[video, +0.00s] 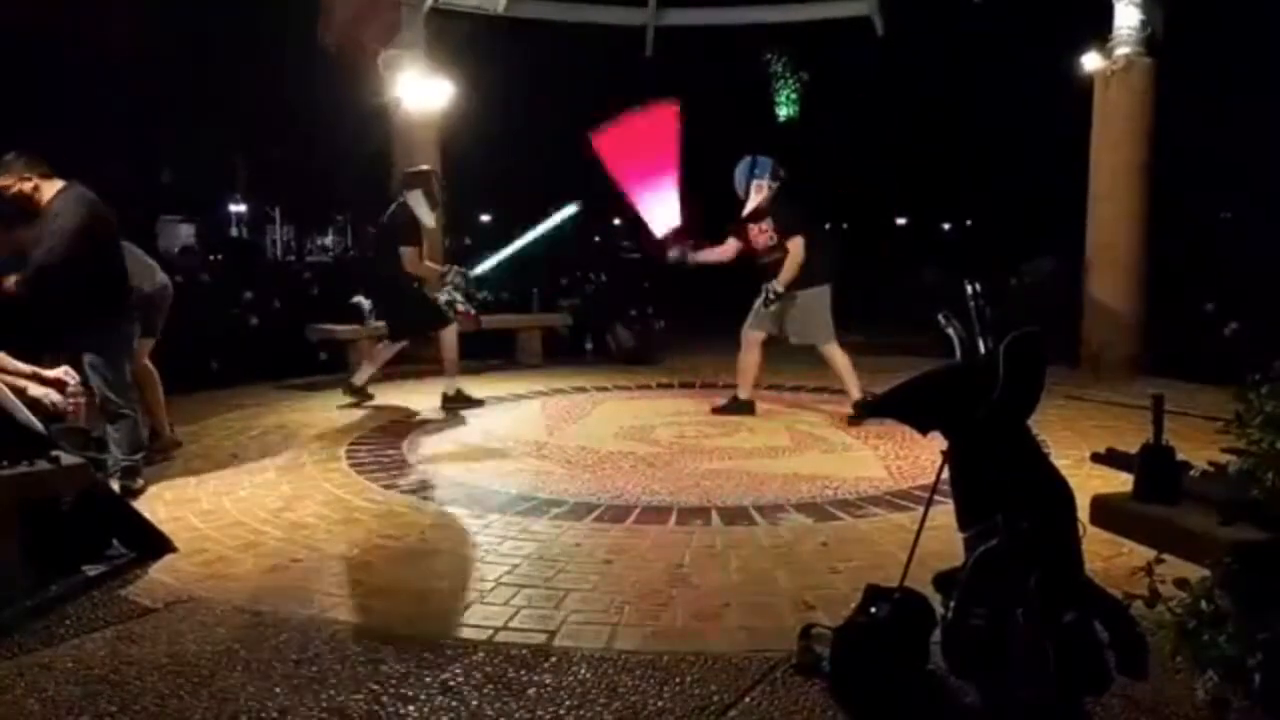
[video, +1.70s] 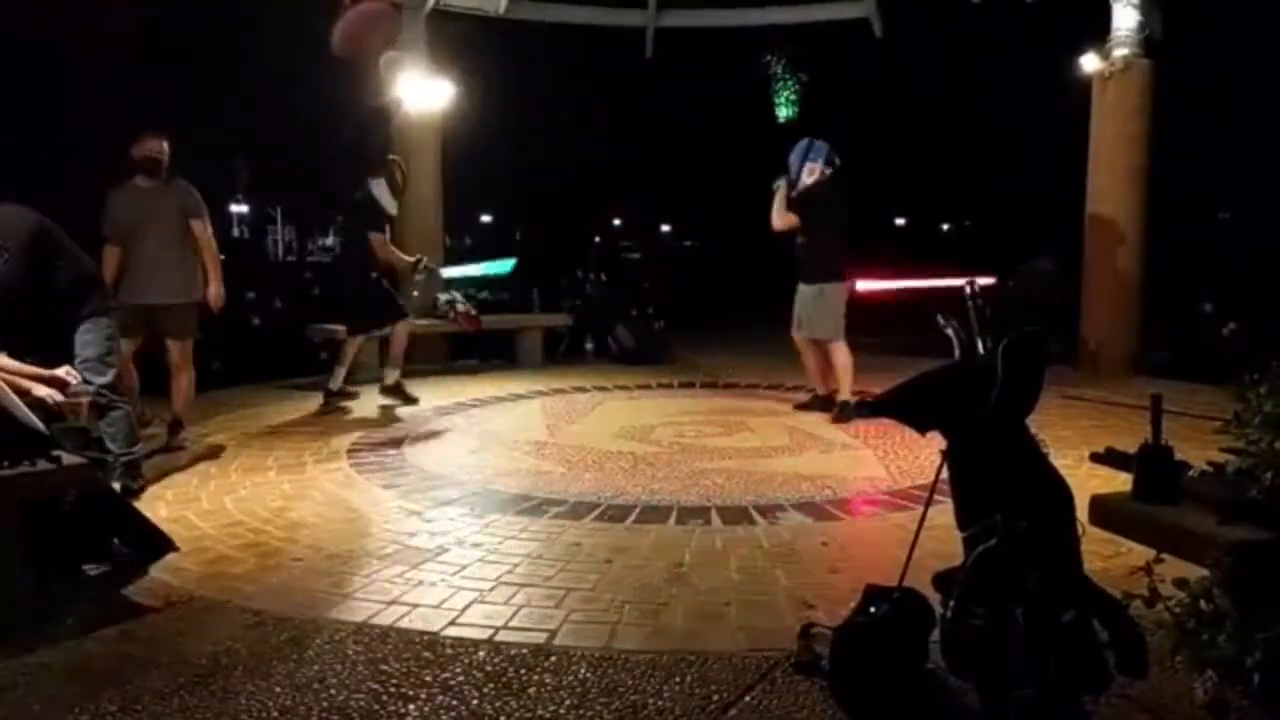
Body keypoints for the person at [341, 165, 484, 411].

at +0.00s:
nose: (439, 192)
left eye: (438, 186)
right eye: (435, 186)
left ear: (412, 189)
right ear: (422, 189)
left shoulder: (400, 213)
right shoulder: (406, 215)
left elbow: (413, 261)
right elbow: (411, 264)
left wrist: (442, 271)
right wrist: (443, 274)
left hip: (387, 288)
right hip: (398, 289)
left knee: (401, 335)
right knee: (447, 324)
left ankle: (356, 382)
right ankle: (452, 390)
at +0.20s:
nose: (428, 191)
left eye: (428, 184)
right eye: (425, 184)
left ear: (405, 185)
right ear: (415, 185)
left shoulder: (399, 209)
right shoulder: (393, 211)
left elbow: (400, 260)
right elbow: (395, 261)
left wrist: (424, 277)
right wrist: (427, 276)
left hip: (379, 281)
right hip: (384, 282)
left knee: (387, 337)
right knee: (420, 327)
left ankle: (351, 387)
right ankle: (445, 387)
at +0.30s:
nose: (425, 186)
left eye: (424, 180)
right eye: (421, 180)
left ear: (403, 180)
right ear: (409, 181)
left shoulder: (395, 206)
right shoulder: (388, 207)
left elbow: (396, 251)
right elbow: (390, 254)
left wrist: (415, 273)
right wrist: (415, 275)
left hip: (376, 278)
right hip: (381, 279)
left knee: (374, 335)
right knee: (408, 328)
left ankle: (347, 388)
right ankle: (426, 387)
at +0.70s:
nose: (428, 185)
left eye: (428, 179)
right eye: (425, 179)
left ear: (405, 180)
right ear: (413, 180)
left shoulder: (392, 203)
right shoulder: (395, 206)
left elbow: (406, 251)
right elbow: (406, 251)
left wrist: (436, 263)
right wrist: (438, 261)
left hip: (377, 279)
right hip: (387, 280)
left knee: (381, 333)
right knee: (426, 325)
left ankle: (349, 387)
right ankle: (433, 386)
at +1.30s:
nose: (413, 186)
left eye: (412, 180)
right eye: (410, 180)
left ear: (391, 179)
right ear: (399, 180)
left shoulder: (376, 201)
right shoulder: (381, 205)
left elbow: (384, 248)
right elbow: (390, 249)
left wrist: (404, 272)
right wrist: (414, 271)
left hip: (364, 276)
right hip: (371, 278)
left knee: (359, 333)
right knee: (396, 329)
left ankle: (333, 387)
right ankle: (421, 385)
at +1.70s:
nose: (398, 186)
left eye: (398, 180)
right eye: (395, 180)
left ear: (372, 181)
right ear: (386, 181)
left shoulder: (360, 201)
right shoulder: (373, 206)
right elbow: (381, 248)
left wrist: (406, 262)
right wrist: (410, 261)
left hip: (350, 274)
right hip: (364, 276)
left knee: (358, 329)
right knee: (402, 322)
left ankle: (334, 386)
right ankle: (392, 381)